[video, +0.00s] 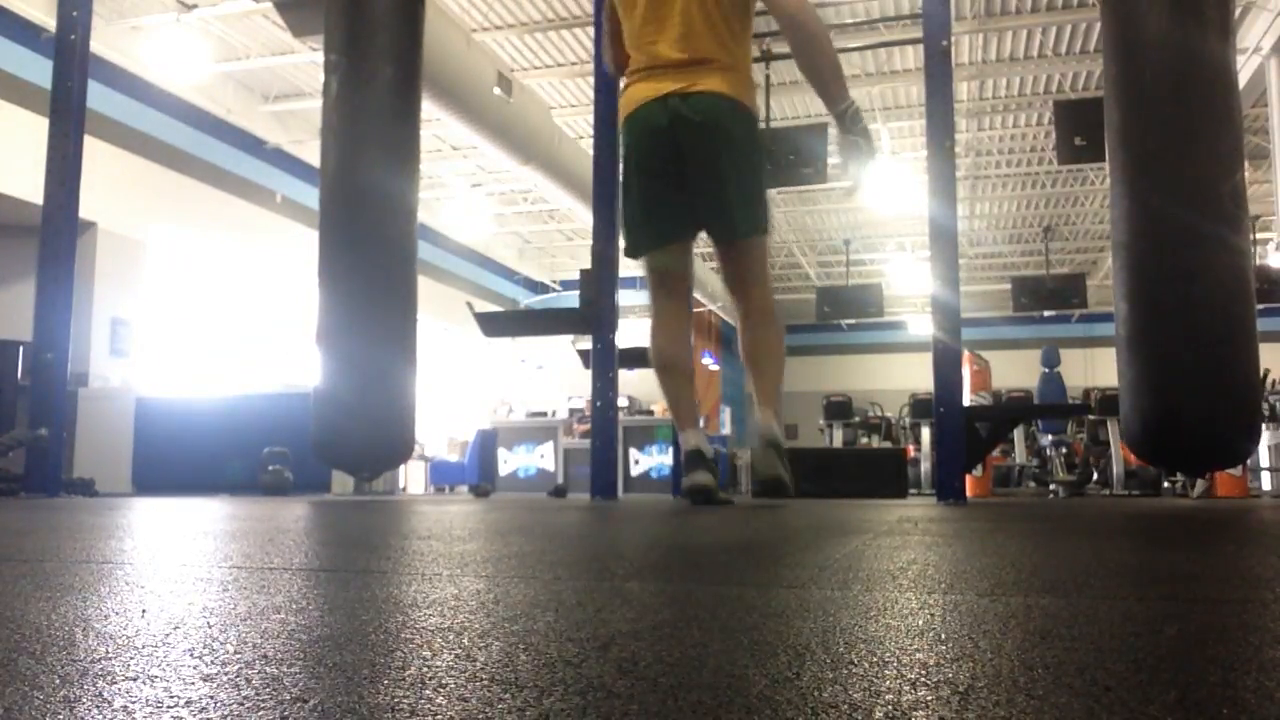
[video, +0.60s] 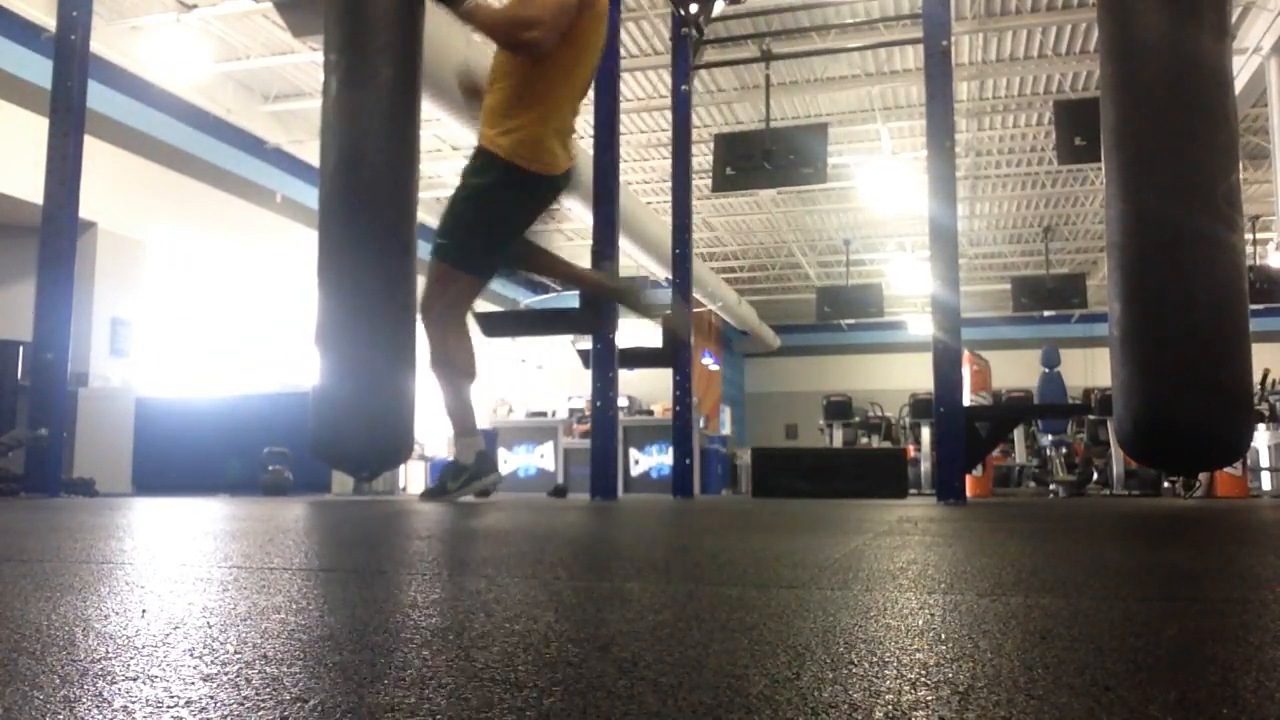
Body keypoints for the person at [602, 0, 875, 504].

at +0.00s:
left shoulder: (619, 1)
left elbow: (615, 58)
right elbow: (801, 24)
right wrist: (848, 116)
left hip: (644, 117)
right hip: (722, 110)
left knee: (668, 295)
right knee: (751, 291)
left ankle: (692, 450)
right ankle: (768, 426)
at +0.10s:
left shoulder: (616, 6)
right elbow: (795, 25)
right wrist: (859, 110)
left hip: (635, 136)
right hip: (713, 127)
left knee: (622, 308)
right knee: (750, 306)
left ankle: (662, 429)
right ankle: (779, 460)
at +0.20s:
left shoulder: (602, 7)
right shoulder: (709, 1)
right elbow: (787, 29)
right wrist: (849, 106)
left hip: (619, 142)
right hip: (695, 136)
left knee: (582, 308)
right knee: (743, 310)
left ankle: (594, 430)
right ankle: (773, 457)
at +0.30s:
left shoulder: (576, 4)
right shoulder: (690, 2)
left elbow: (552, 55)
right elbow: (770, 46)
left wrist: (599, 31)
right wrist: (812, 110)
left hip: (595, 143)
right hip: (670, 141)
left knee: (536, 302)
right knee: (726, 310)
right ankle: (764, 459)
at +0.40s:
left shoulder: (541, 5)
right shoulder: (663, 7)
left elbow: (468, 65)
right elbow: (694, 78)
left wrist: (501, 21)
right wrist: (648, 83)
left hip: (568, 167)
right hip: (642, 164)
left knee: (497, 311)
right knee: (711, 316)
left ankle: (477, 453)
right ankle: (762, 459)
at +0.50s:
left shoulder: (548, 1)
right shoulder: (605, 8)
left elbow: (496, 28)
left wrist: (451, 8)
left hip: (531, 181)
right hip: (596, 178)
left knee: (464, 315)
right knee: (651, 308)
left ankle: (475, 459)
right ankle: (745, 414)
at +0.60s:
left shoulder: (569, 1)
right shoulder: (588, 9)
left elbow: (535, 33)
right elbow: (562, 75)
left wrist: (464, 7)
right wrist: (494, 91)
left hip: (511, 156)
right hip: (542, 159)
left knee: (441, 307)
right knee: (492, 242)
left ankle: (469, 452)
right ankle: (608, 286)